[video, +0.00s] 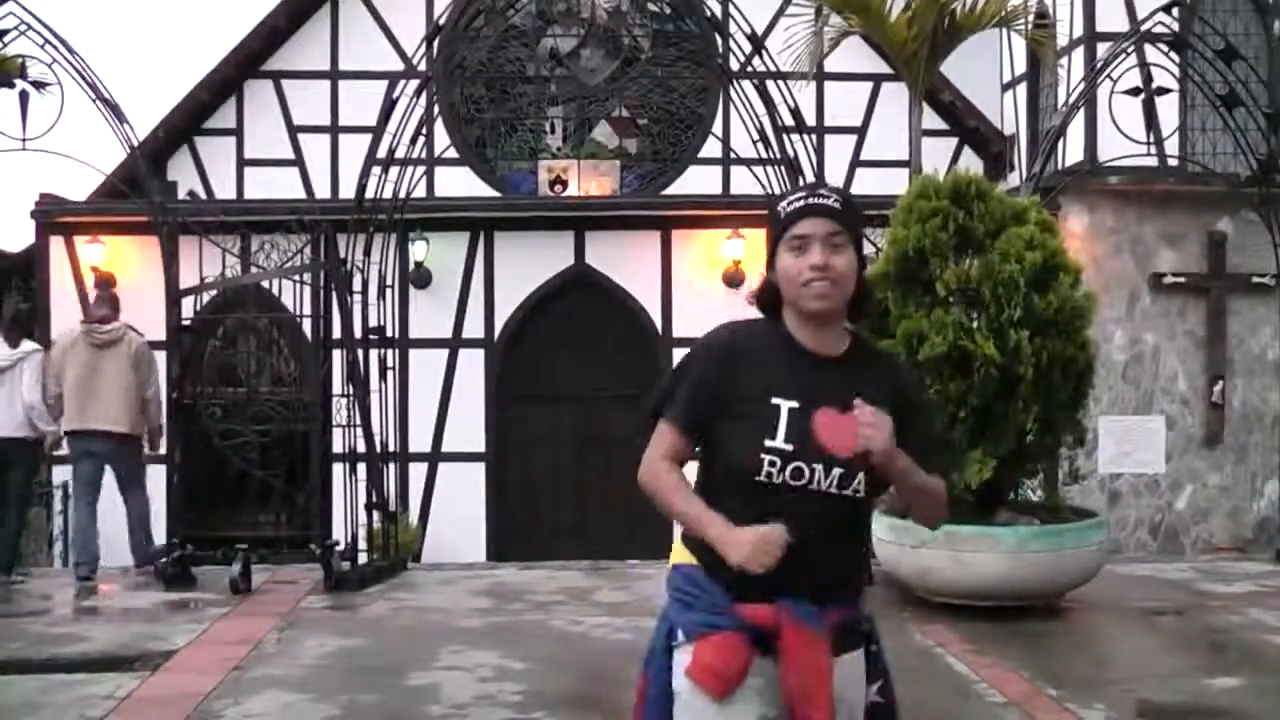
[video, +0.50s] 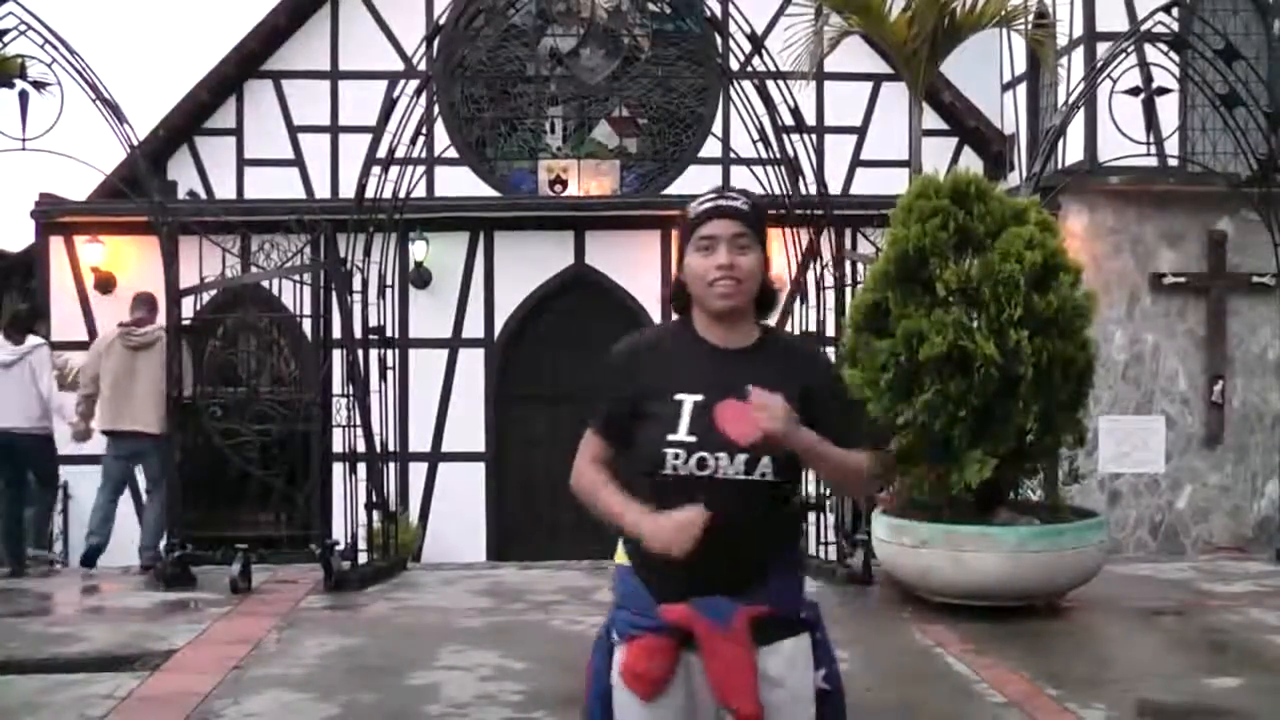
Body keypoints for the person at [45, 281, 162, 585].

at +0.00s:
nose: (102, 316)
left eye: (99, 312)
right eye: (108, 312)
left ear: (89, 314)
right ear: (117, 313)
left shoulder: (66, 343)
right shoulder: (136, 344)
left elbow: (52, 392)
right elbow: (150, 394)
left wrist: (64, 419)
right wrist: (155, 433)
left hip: (82, 430)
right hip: (123, 432)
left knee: (84, 500)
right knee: (135, 493)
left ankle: (84, 569)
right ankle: (144, 556)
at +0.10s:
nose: (112, 317)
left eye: (107, 311)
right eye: (117, 312)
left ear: (96, 312)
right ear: (123, 313)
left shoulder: (71, 344)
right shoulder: (140, 344)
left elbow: (56, 392)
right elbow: (154, 395)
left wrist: (68, 422)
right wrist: (161, 434)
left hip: (89, 432)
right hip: (129, 433)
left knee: (90, 500)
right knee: (139, 497)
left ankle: (84, 567)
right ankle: (148, 558)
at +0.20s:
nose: (118, 319)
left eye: (115, 313)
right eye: (123, 313)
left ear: (107, 314)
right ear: (133, 315)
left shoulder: (85, 344)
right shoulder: (150, 345)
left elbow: (66, 390)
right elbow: (163, 392)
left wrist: (70, 424)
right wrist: (165, 427)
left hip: (100, 433)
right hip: (140, 434)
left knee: (98, 499)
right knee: (148, 498)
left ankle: (86, 563)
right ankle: (150, 557)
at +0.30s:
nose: (125, 319)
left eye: (122, 313)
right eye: (130, 313)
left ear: (114, 314)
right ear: (140, 314)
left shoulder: (91, 344)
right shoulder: (157, 343)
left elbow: (75, 391)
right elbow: (170, 388)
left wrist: (71, 427)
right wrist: (169, 424)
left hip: (104, 433)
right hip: (145, 432)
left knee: (100, 496)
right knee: (149, 496)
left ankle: (87, 557)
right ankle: (149, 557)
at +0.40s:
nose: (135, 318)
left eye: (130, 311)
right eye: (141, 313)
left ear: (121, 313)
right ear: (147, 314)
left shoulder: (99, 342)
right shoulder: (161, 341)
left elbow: (82, 389)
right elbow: (175, 385)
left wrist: (76, 426)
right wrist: (175, 420)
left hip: (111, 432)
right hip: (151, 431)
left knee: (101, 494)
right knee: (155, 491)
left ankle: (88, 552)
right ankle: (149, 556)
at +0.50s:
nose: (147, 318)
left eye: (142, 314)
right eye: (151, 314)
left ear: (129, 312)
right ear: (155, 314)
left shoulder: (106, 342)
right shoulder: (169, 343)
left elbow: (87, 383)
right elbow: (182, 388)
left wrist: (83, 420)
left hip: (118, 429)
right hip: (154, 430)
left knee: (108, 490)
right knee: (157, 492)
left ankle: (94, 542)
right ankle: (149, 554)